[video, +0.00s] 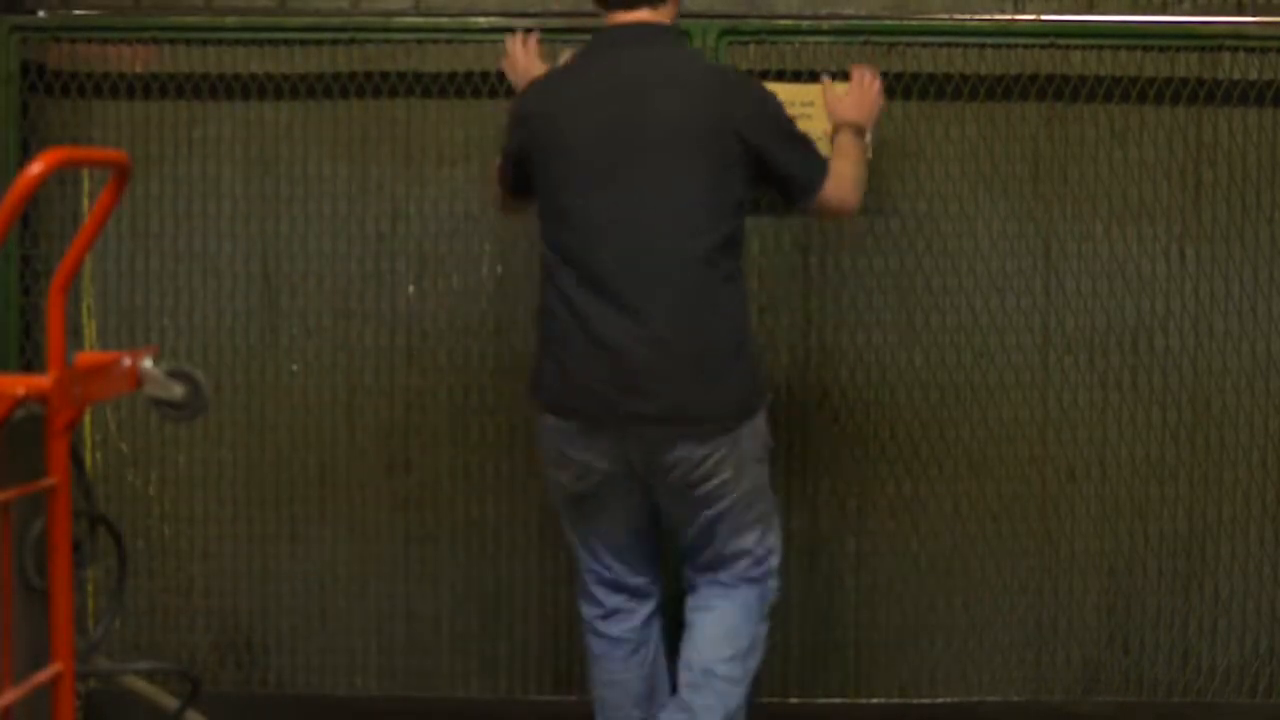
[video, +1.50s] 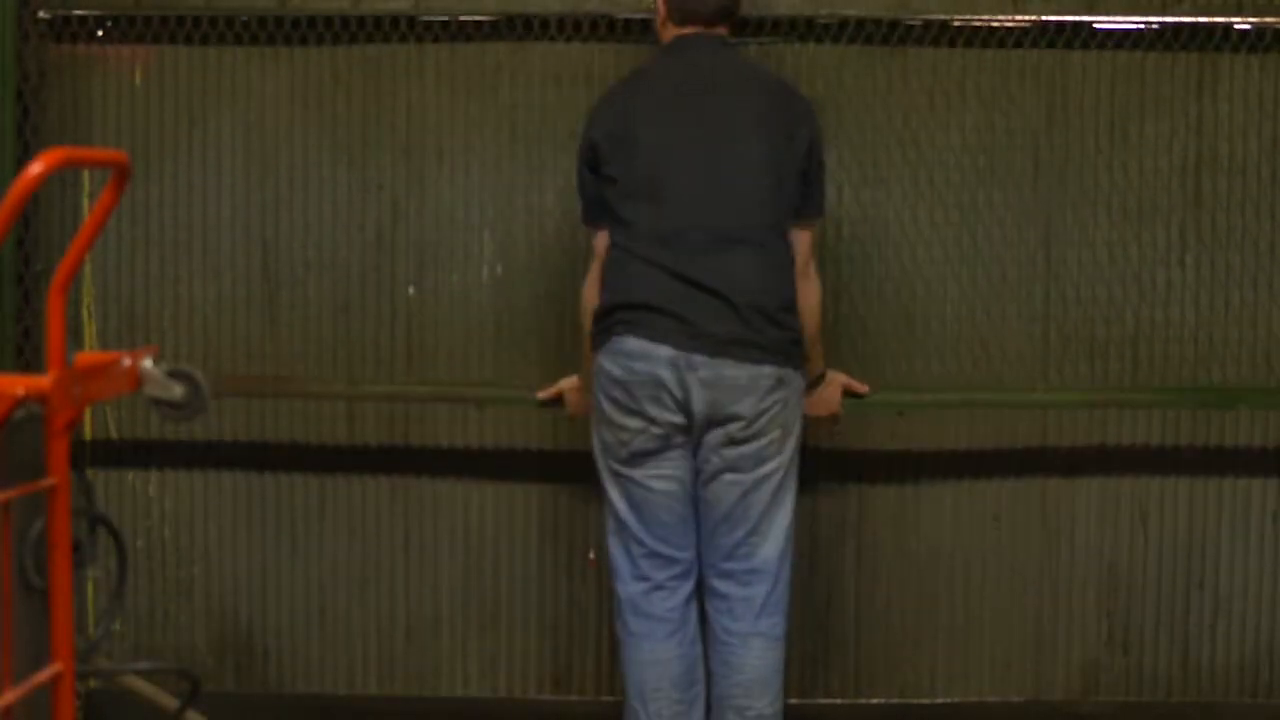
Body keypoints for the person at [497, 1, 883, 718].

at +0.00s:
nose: (674, 7)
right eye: (675, 1)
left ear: (597, 8)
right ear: (672, 5)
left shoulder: (550, 101)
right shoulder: (726, 95)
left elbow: (514, 191)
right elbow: (840, 195)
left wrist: (532, 96)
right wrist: (853, 127)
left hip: (580, 395)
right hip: (703, 392)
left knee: (614, 594)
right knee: (732, 570)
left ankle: (626, 713)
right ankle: (699, 711)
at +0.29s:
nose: (738, 10)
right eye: (740, 4)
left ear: (661, 3)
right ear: (737, 5)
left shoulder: (609, 84)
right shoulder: (777, 87)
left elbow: (536, 174)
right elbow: (885, 165)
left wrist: (553, 78)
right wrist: (872, 78)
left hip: (625, 371)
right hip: (745, 377)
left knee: (637, 585)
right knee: (744, 590)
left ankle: (642, 716)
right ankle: (746, 715)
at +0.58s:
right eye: (750, 2)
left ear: (677, 5)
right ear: (752, 5)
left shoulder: (631, 89)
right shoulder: (796, 88)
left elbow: (525, 170)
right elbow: (913, 165)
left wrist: (554, 68)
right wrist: (876, 69)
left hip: (652, 349)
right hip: (766, 353)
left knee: (661, 571)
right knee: (754, 573)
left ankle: (666, 717)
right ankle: (753, 715)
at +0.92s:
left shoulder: (633, 68)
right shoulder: (805, 66)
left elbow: (516, 47)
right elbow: (923, 42)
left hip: (653, 335)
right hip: (766, 339)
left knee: (661, 567)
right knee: (756, 569)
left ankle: (665, 714)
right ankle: (758, 712)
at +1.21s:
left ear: (668, 4)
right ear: (746, 3)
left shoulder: (627, 84)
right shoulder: (792, 85)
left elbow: (547, 212)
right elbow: (885, 211)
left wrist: (441, 239)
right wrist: (988, 206)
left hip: (647, 345)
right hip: (760, 355)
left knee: (659, 574)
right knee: (750, 578)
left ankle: (666, 718)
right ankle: (750, 718)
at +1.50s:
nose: (655, 18)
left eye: (655, 13)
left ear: (661, 14)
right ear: (735, 20)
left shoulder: (619, 103)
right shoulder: (786, 105)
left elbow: (603, 253)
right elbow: (801, 258)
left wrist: (590, 374)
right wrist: (814, 376)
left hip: (637, 346)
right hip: (754, 356)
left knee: (655, 582)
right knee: (746, 585)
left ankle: (666, 717)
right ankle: (745, 716)